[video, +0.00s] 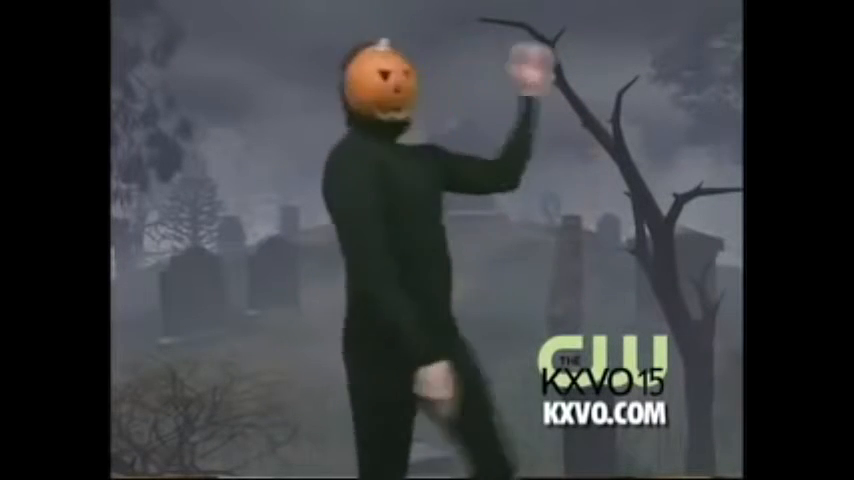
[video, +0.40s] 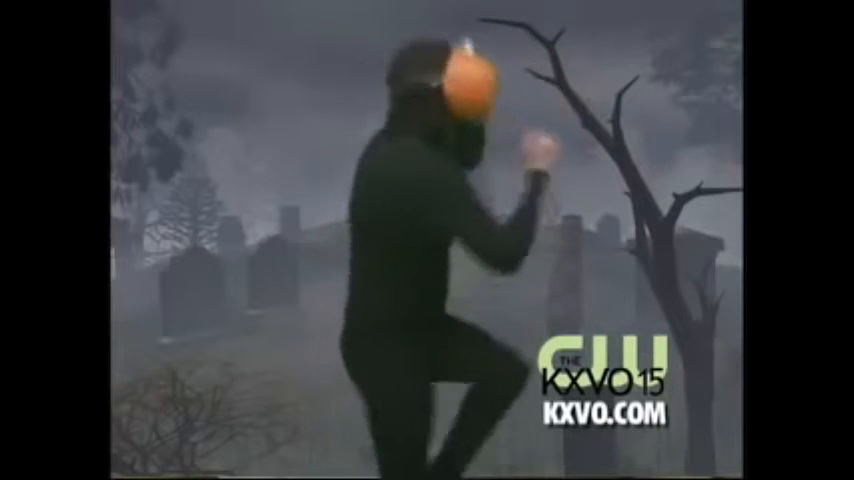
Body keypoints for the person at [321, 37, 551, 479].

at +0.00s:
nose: (397, 77)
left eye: (403, 68)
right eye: (381, 69)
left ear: (414, 84)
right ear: (353, 90)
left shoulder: (420, 160)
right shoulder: (351, 163)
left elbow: (501, 175)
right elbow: (375, 273)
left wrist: (530, 99)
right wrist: (425, 358)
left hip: (436, 337)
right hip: (381, 344)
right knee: (382, 470)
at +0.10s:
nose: (400, 87)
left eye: (403, 77)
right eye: (382, 79)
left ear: (414, 95)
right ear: (352, 101)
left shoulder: (420, 168)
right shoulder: (348, 176)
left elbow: (504, 175)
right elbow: (385, 279)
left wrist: (568, 113)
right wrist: (481, 322)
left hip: (434, 351)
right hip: (382, 359)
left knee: (463, 469)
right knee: (395, 471)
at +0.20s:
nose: (439, 91)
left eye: (440, 80)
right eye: (425, 81)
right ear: (393, 95)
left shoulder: (416, 159)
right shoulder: (366, 178)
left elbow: (496, 181)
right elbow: (423, 284)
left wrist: (538, 117)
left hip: (416, 342)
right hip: (372, 351)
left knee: (491, 448)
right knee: (389, 471)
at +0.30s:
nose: (465, 125)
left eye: (467, 114)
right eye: (456, 114)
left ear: (419, 122)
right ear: (426, 122)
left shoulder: (418, 166)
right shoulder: (396, 187)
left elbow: (480, 173)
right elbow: (486, 280)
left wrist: (473, 107)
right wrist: (508, 190)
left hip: (410, 341)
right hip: (365, 356)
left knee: (511, 390)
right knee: (389, 471)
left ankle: (473, 474)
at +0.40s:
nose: (464, 96)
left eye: (463, 86)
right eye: (456, 86)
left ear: (406, 95)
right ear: (436, 94)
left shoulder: (393, 148)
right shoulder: (425, 166)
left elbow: (464, 155)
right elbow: (504, 253)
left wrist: (469, 96)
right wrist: (536, 178)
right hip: (392, 343)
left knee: (506, 372)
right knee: (404, 470)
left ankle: (445, 469)